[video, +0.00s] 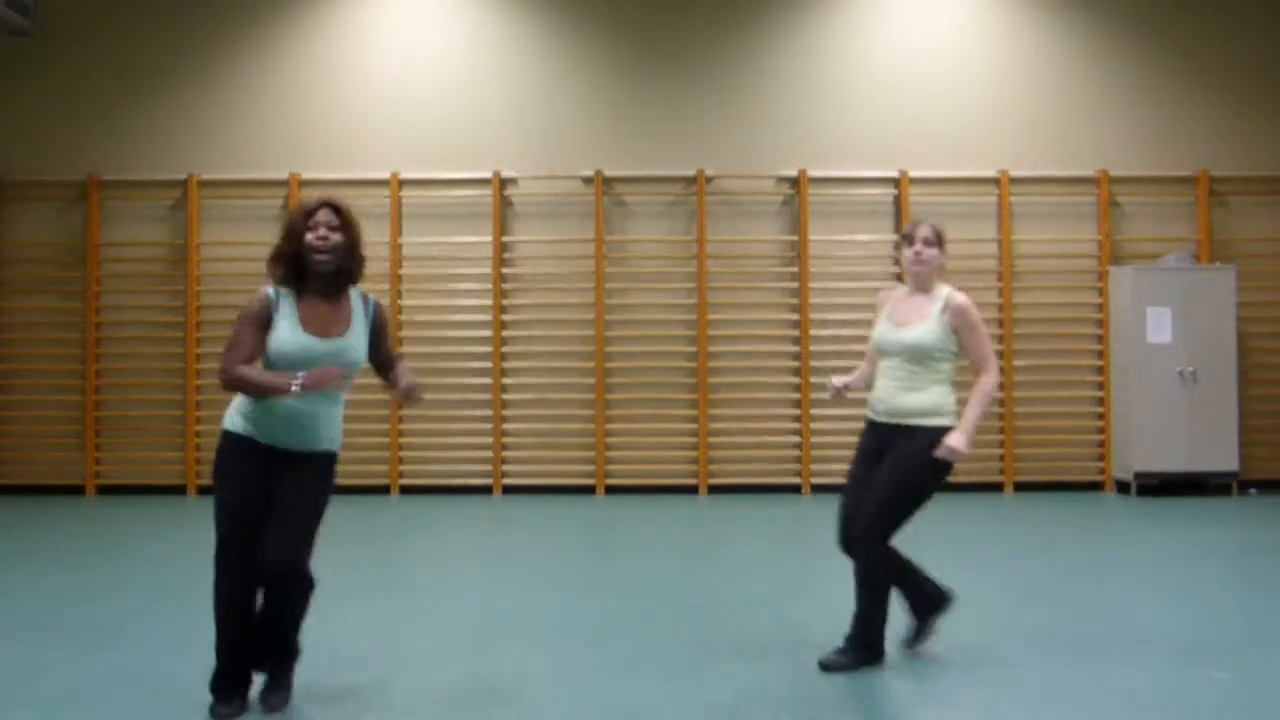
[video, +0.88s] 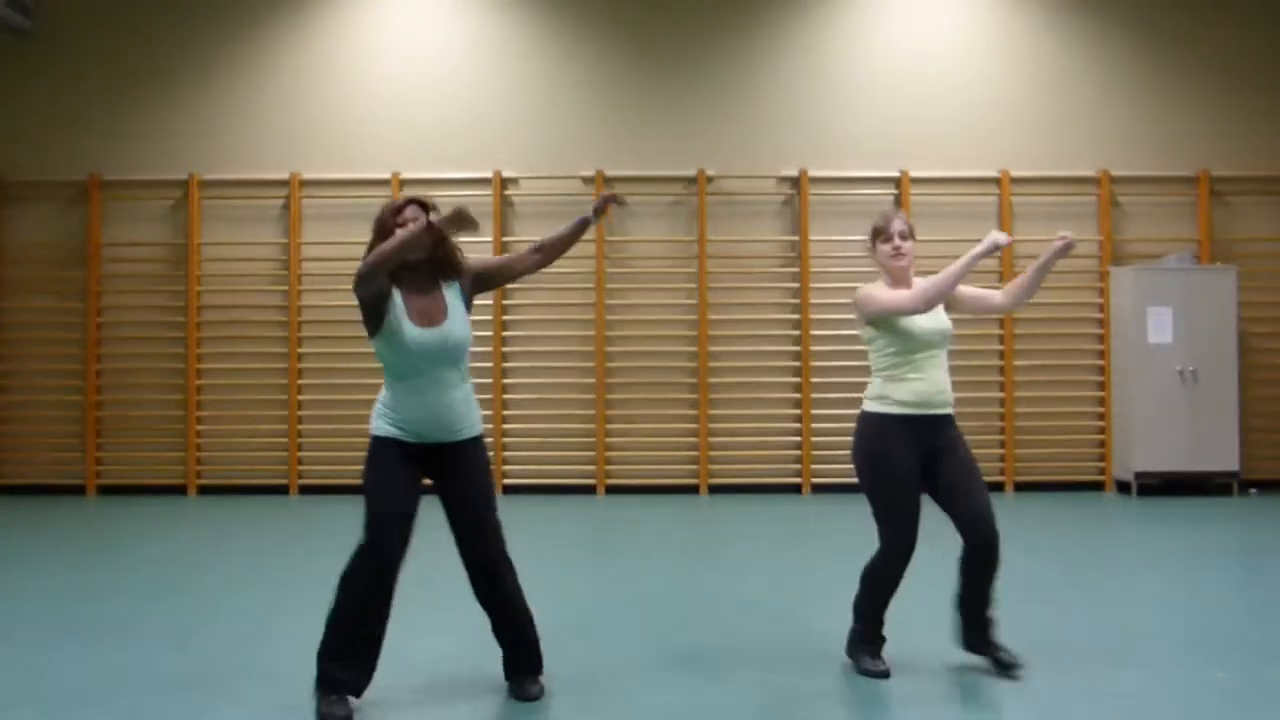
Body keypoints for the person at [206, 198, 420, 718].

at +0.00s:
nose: (323, 237)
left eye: (334, 229)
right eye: (313, 229)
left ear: (351, 243)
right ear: (297, 241)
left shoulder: (369, 312)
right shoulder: (270, 302)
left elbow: (386, 363)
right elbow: (232, 371)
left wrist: (401, 381)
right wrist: (297, 382)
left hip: (313, 455)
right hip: (249, 445)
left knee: (285, 564)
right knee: (235, 566)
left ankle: (279, 666)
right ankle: (229, 684)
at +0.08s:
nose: (325, 226)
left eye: (337, 219)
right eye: (316, 218)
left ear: (354, 234)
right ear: (300, 232)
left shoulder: (367, 296)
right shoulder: (277, 283)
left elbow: (410, 340)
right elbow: (259, 343)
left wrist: (437, 337)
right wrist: (326, 326)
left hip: (314, 443)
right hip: (249, 437)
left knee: (312, 559)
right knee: (240, 565)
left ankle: (318, 657)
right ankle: (230, 688)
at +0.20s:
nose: (337, 224)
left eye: (348, 218)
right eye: (327, 217)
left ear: (366, 232)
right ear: (310, 229)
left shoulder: (376, 285)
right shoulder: (288, 273)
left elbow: (439, 295)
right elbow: (305, 283)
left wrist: (494, 283)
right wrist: (379, 262)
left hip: (327, 441)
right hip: (260, 437)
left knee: (352, 563)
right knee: (245, 569)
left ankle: (380, 680)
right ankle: (229, 692)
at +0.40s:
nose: (363, 227)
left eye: (373, 220)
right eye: (353, 219)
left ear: (390, 231)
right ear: (335, 229)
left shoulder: (402, 284)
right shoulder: (318, 274)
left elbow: (459, 331)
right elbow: (315, 320)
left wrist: (497, 301)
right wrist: (389, 293)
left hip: (367, 440)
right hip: (304, 436)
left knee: (378, 567)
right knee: (322, 554)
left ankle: (390, 682)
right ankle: (283, 661)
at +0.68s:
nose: (395, 216)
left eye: (403, 209)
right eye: (385, 210)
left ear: (421, 223)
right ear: (367, 224)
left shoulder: (433, 278)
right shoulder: (352, 273)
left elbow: (487, 305)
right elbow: (339, 307)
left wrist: (509, 272)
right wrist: (393, 260)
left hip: (411, 434)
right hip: (347, 432)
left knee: (447, 545)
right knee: (342, 556)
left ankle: (454, 655)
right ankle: (327, 685)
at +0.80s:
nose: (408, 218)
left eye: (416, 211)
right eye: (396, 213)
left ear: (431, 226)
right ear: (379, 231)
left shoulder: (449, 276)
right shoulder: (367, 283)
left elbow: (516, 263)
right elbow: (364, 261)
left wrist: (561, 220)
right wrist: (428, 216)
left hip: (436, 434)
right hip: (372, 432)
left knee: (469, 550)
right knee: (354, 551)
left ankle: (521, 664)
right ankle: (330, 691)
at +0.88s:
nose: (415, 228)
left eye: (423, 221)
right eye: (404, 223)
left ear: (436, 234)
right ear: (388, 240)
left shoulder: (462, 281)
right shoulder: (375, 293)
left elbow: (534, 258)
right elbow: (376, 267)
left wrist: (588, 218)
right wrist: (437, 226)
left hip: (461, 442)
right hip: (397, 441)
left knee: (487, 557)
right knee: (380, 551)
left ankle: (525, 670)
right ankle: (336, 684)